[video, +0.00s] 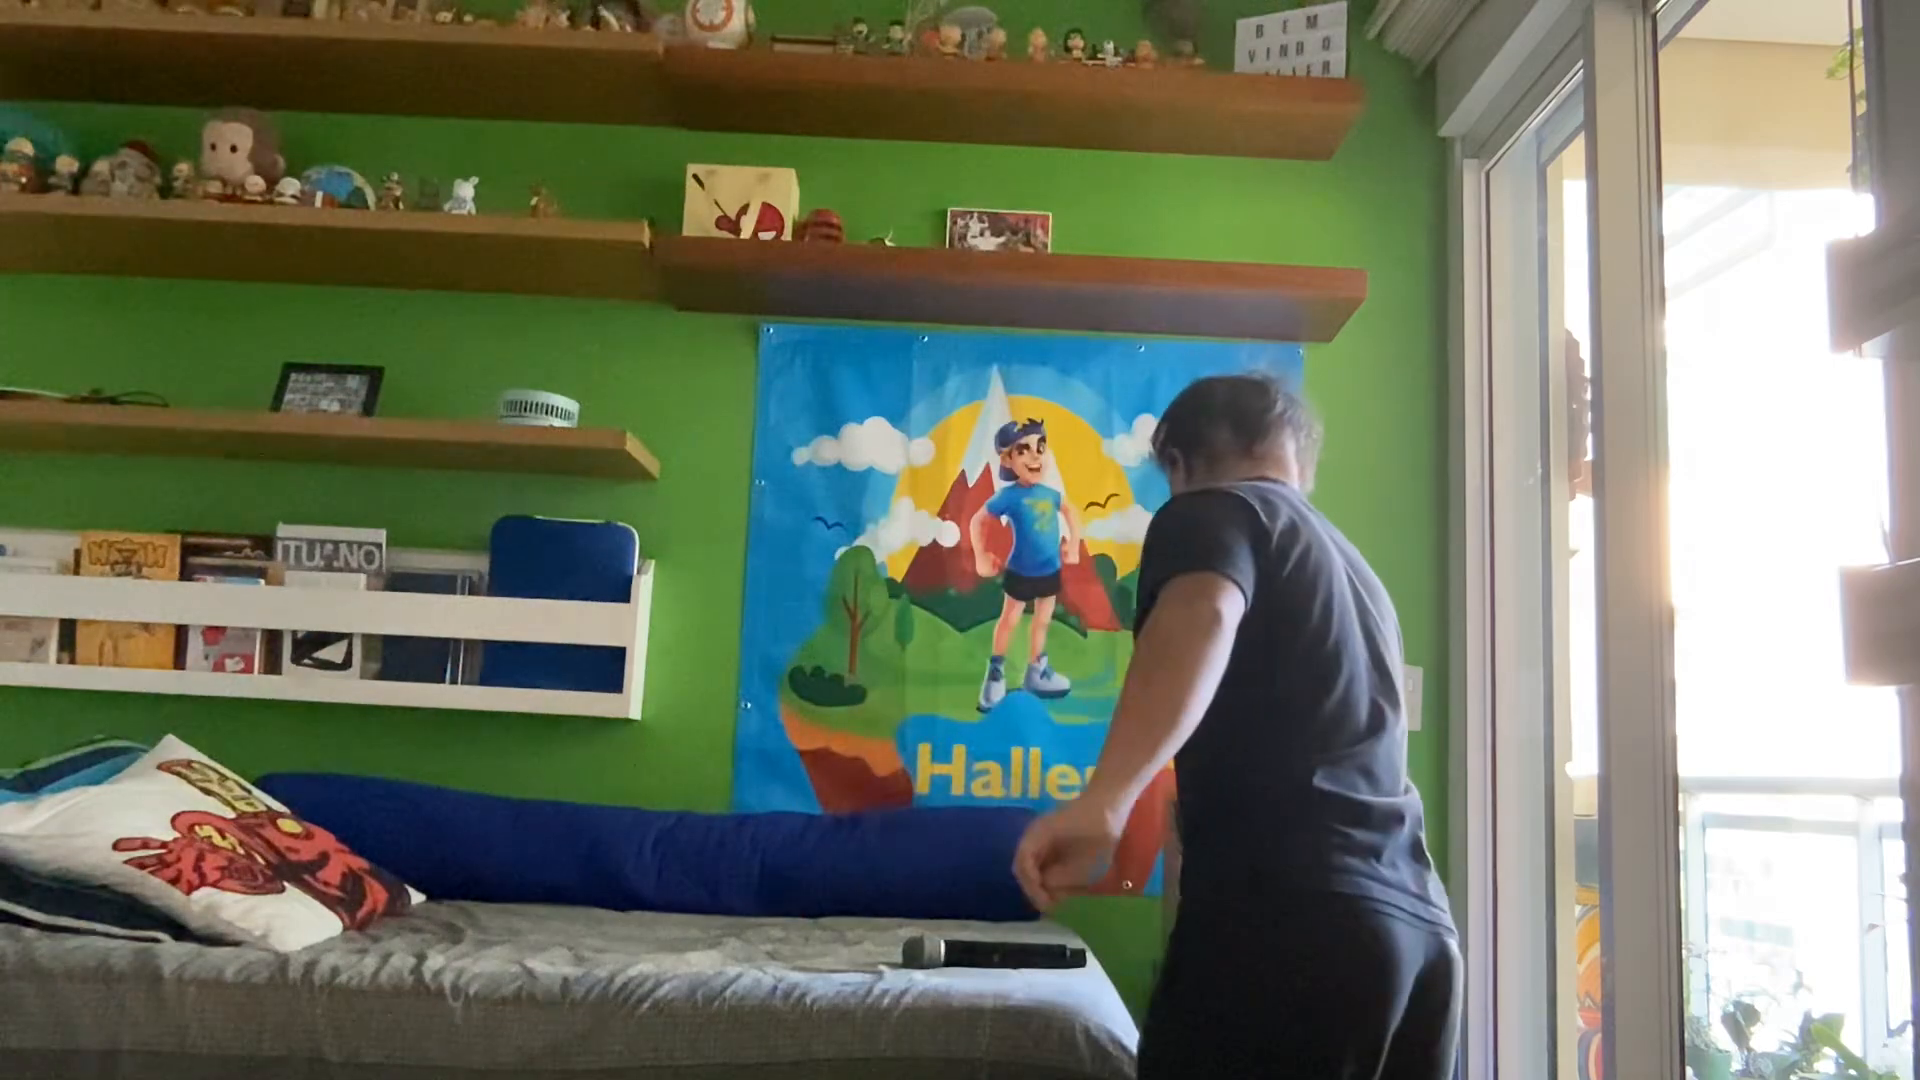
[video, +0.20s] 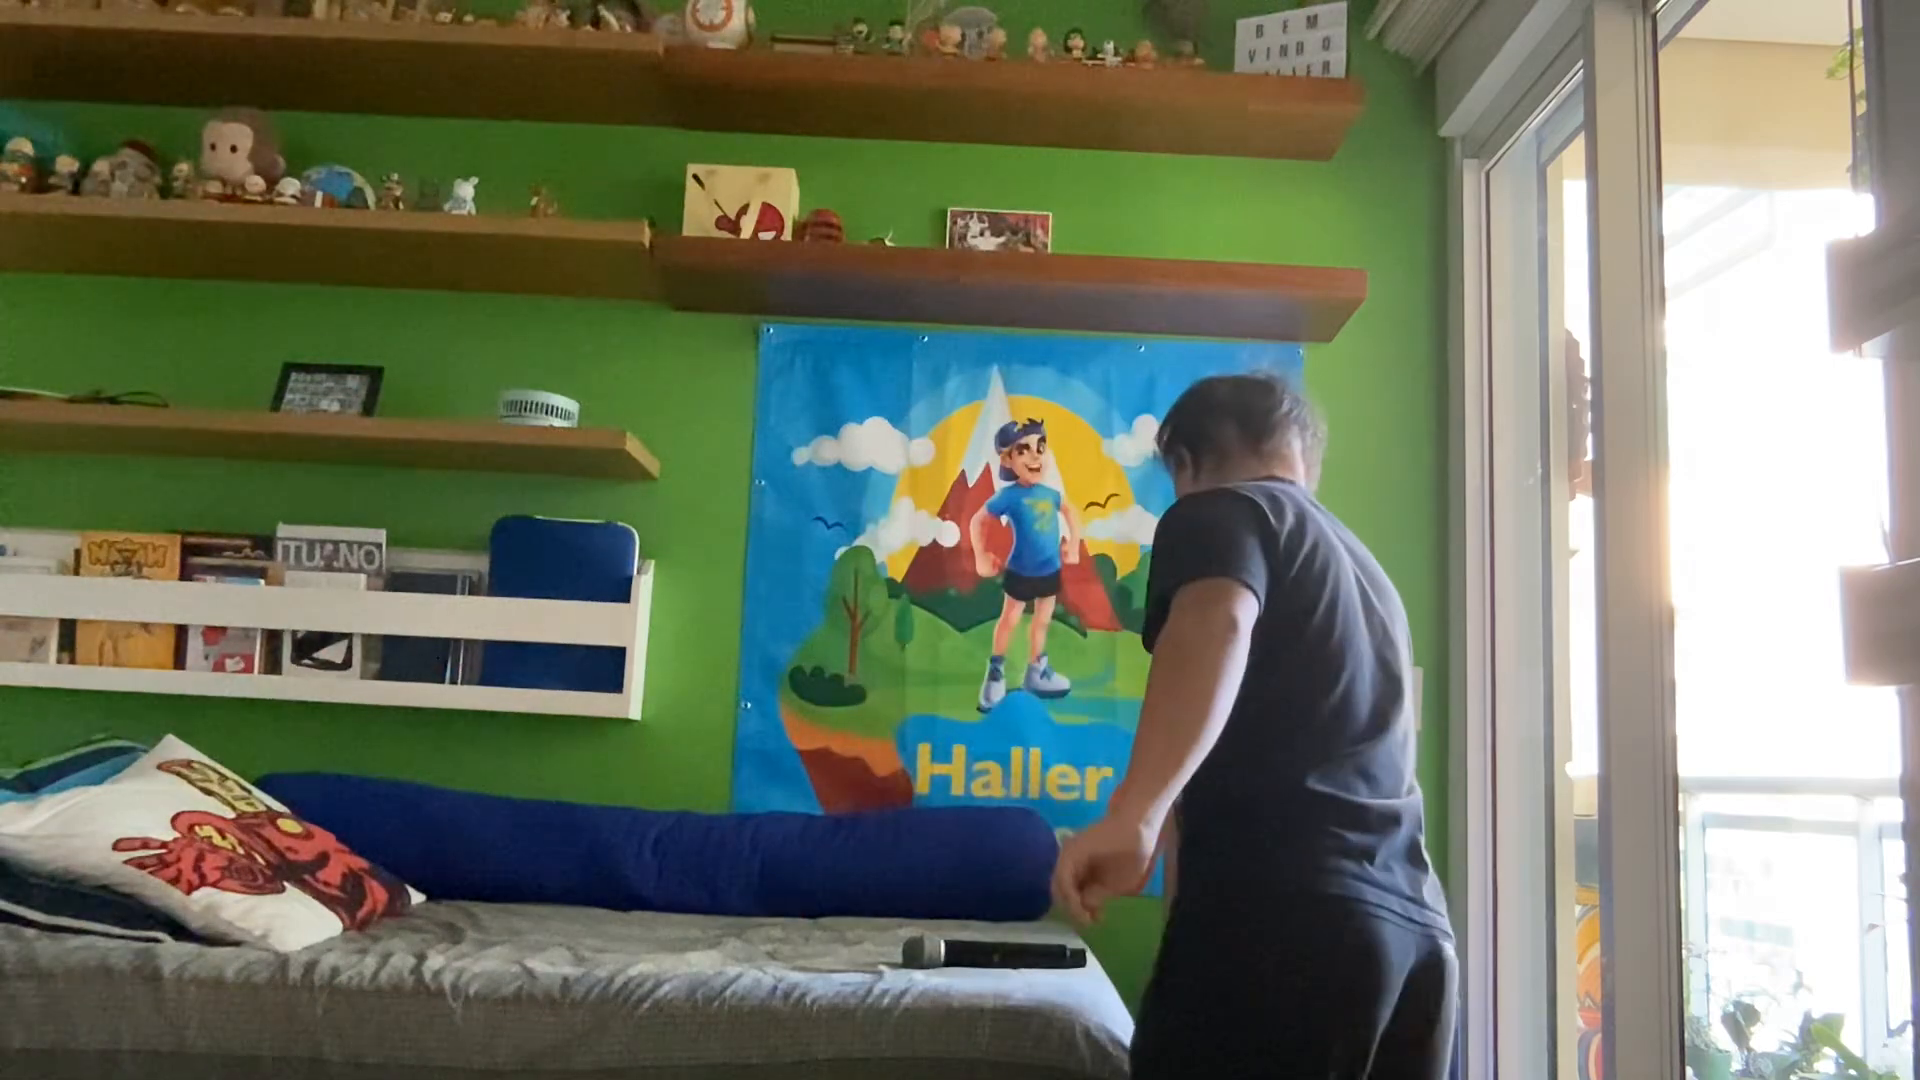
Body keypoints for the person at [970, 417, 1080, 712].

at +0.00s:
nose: (1033, 458)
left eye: (1039, 450)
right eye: (1023, 451)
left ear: (1045, 455)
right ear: (1008, 460)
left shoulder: (1051, 494)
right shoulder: (1007, 496)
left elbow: (1070, 514)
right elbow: (977, 521)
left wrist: (1074, 543)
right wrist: (980, 556)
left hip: (1049, 570)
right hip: (1020, 571)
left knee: (1043, 619)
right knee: (1010, 619)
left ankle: (1037, 669)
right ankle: (995, 672)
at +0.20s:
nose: (1033, 457)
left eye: (1039, 449)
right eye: (1023, 451)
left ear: (1045, 455)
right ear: (1008, 460)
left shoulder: (1051, 494)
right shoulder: (1008, 496)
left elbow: (1071, 514)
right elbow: (977, 521)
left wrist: (1074, 543)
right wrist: (981, 556)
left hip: (1049, 570)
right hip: (1020, 572)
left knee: (1043, 619)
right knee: (1010, 619)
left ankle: (1037, 669)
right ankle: (995, 672)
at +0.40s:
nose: (1034, 457)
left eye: (1039, 449)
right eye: (1023, 450)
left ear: (1046, 454)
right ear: (1008, 460)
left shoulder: (1051, 494)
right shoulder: (1008, 496)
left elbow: (1070, 513)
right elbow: (977, 521)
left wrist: (1074, 543)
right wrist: (981, 556)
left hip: (1049, 570)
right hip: (1020, 571)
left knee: (1043, 619)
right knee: (1010, 619)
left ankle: (1037, 669)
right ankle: (996, 672)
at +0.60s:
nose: (1034, 458)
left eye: (1039, 450)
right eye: (1023, 451)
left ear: (1046, 454)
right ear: (1008, 461)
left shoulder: (1050, 494)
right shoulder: (1007, 496)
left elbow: (1070, 513)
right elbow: (977, 520)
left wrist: (1074, 543)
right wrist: (981, 556)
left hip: (1049, 570)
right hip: (1020, 571)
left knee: (1043, 619)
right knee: (1010, 619)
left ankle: (1037, 669)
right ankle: (995, 671)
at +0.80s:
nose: (1034, 457)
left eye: (1039, 449)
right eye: (1023, 451)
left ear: (1046, 454)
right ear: (1007, 460)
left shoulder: (1050, 494)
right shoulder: (1008, 496)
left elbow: (1070, 513)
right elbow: (977, 520)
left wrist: (1074, 543)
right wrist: (981, 556)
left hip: (1049, 570)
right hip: (1020, 571)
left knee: (1043, 619)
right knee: (1010, 619)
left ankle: (1037, 669)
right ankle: (995, 671)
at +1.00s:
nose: (1034, 458)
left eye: (1039, 449)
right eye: (1024, 451)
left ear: (1046, 454)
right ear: (1007, 460)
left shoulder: (1050, 494)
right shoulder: (1007, 496)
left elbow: (1069, 512)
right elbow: (977, 520)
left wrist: (1074, 541)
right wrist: (981, 556)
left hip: (1049, 570)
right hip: (1020, 572)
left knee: (1043, 619)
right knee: (1009, 619)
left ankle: (1037, 669)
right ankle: (995, 671)